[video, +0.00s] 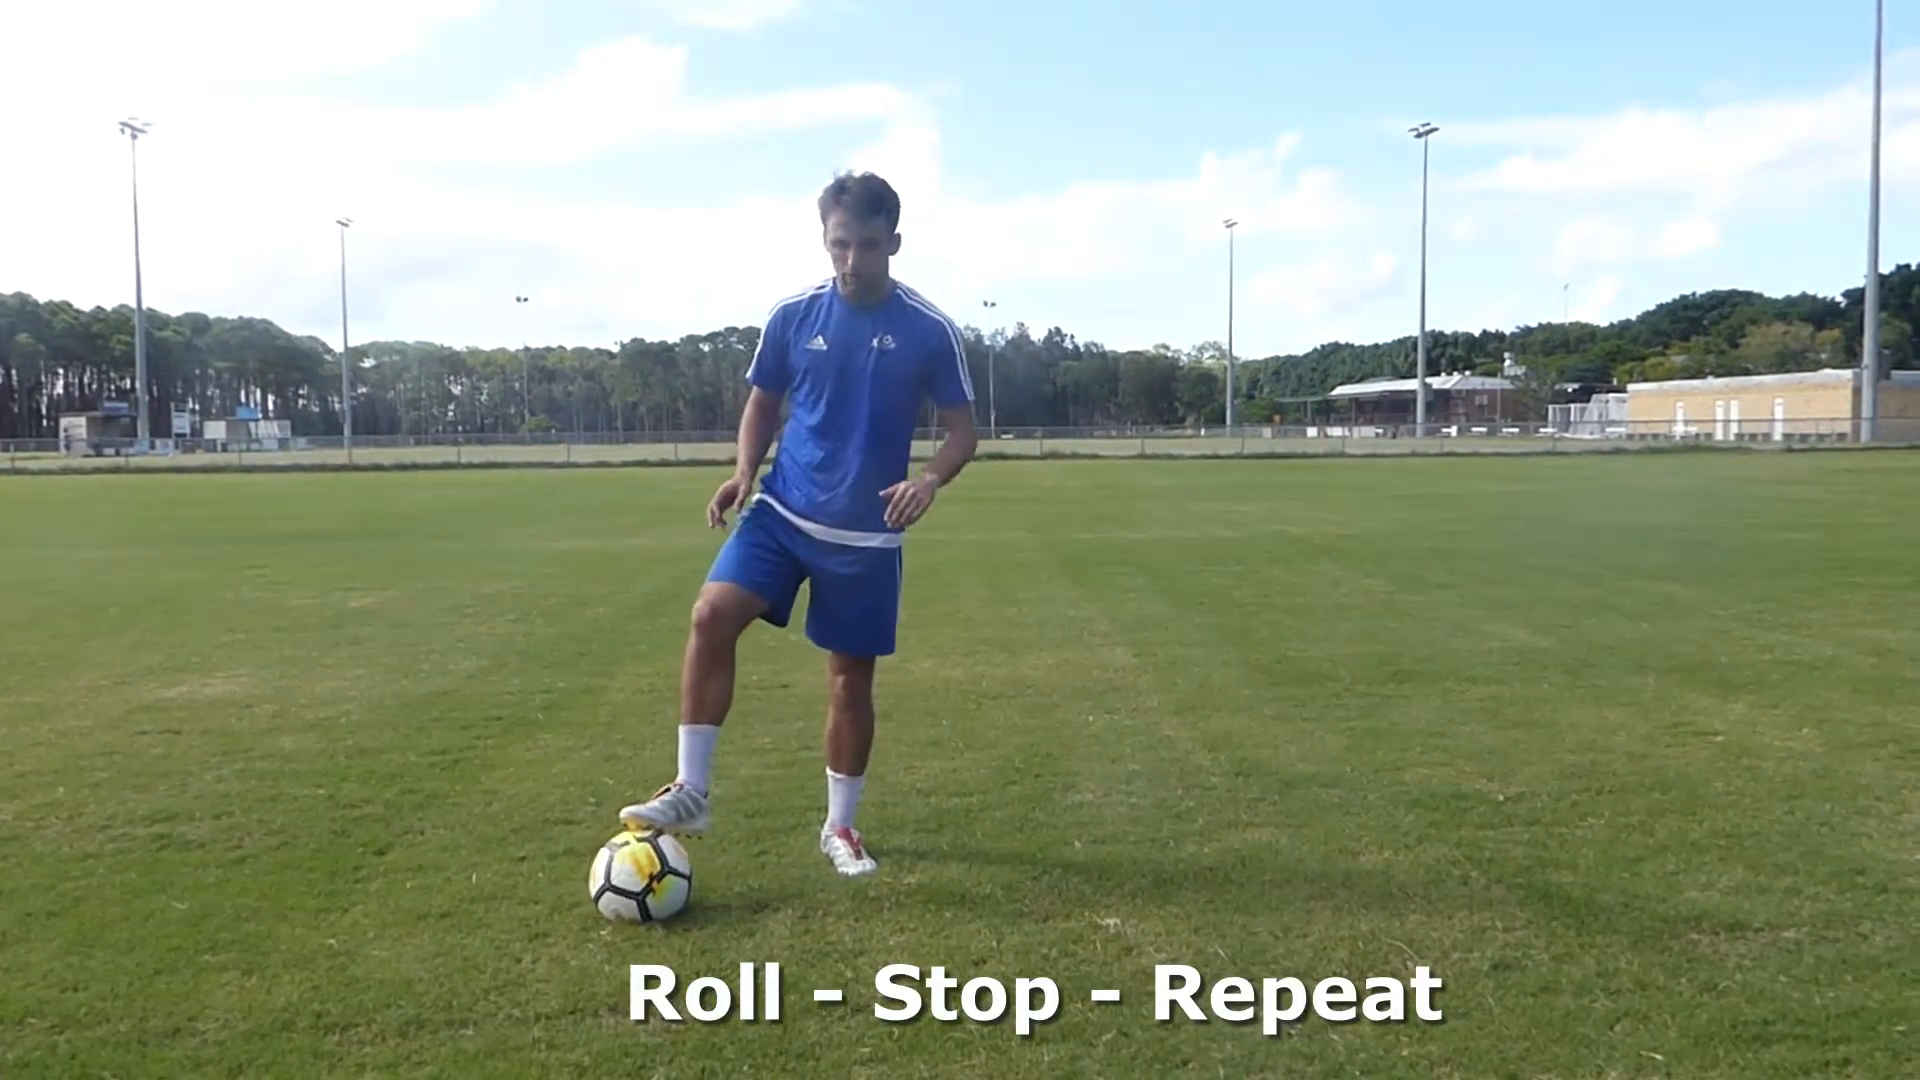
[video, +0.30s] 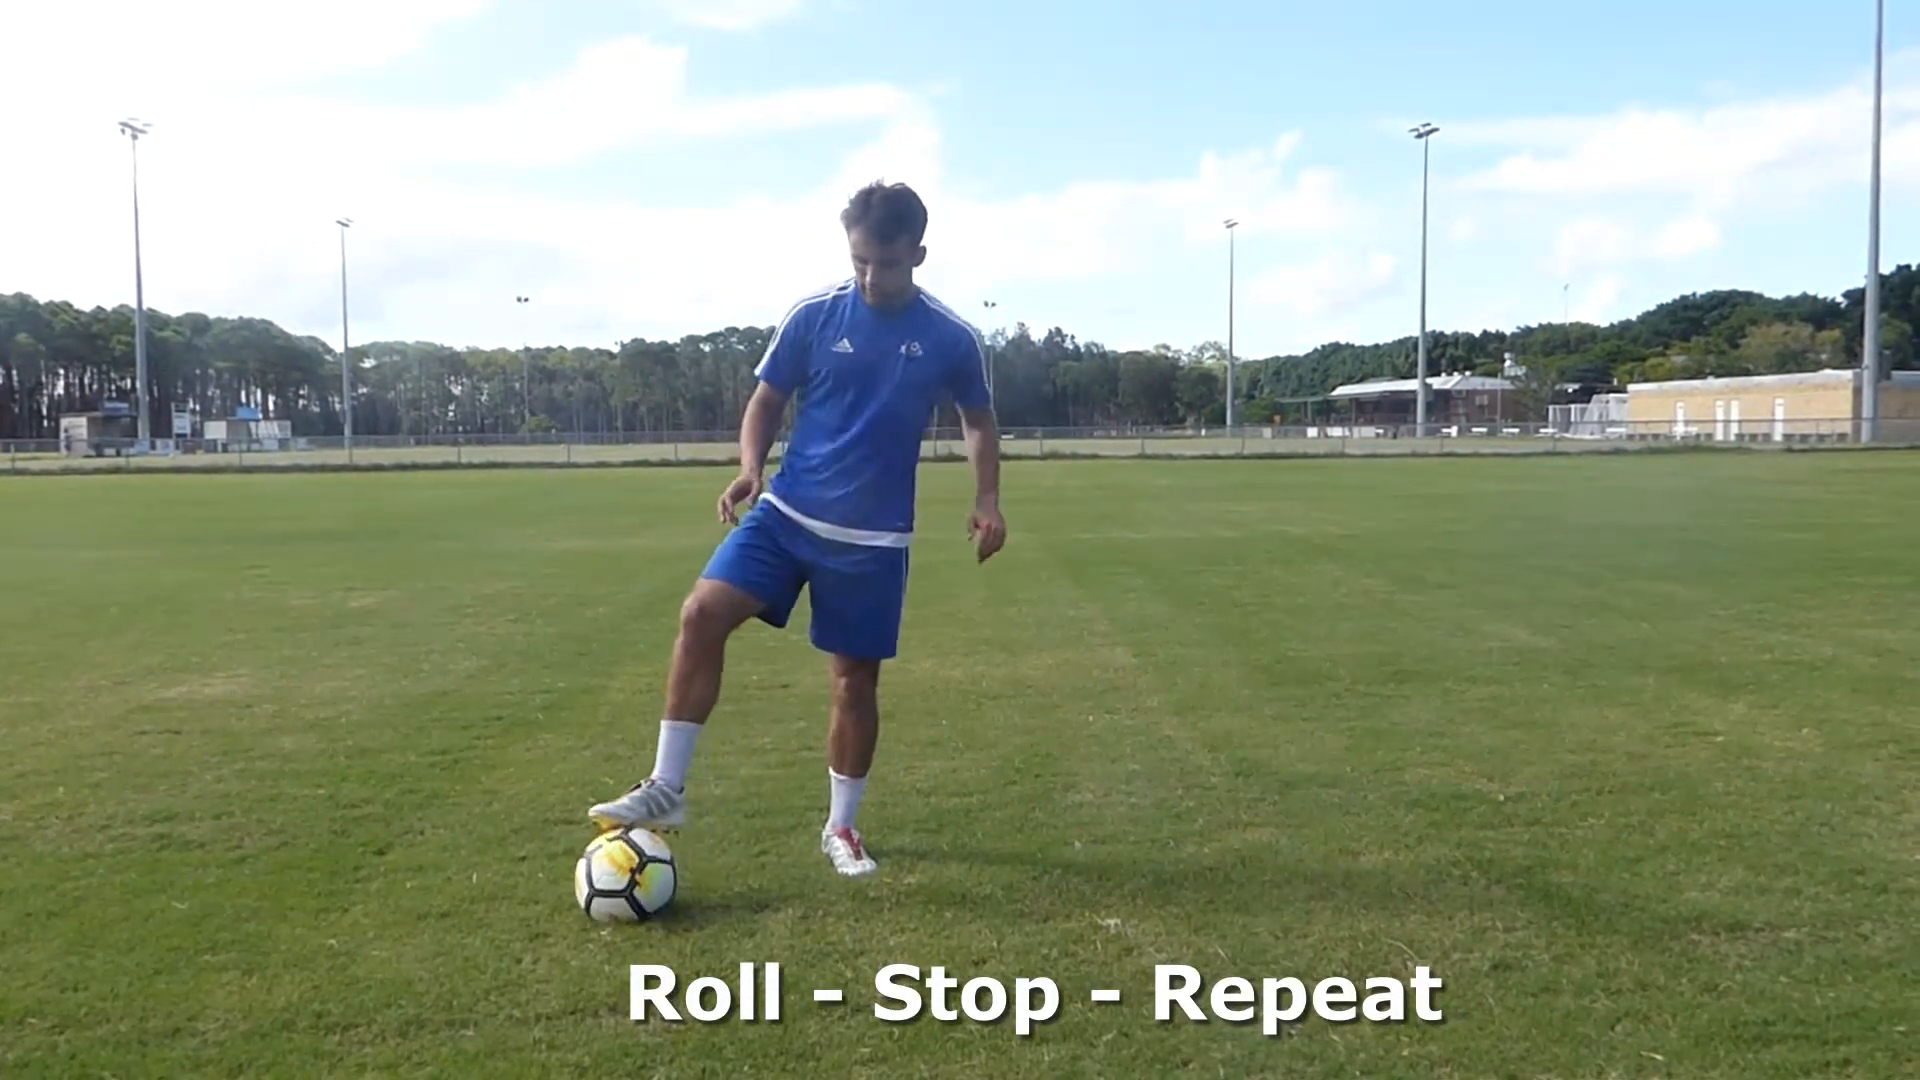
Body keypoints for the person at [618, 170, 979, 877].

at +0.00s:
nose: (849, 262)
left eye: (863, 247)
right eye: (837, 247)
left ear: (893, 240)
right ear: (823, 240)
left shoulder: (931, 333)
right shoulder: (794, 316)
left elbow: (962, 431)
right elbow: (763, 402)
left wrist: (931, 479)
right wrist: (744, 471)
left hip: (864, 538)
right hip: (781, 515)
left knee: (851, 687)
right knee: (712, 615)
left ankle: (839, 831)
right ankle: (690, 793)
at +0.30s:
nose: (869, 278)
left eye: (885, 264)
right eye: (859, 261)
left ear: (918, 253)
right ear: (848, 247)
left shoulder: (951, 341)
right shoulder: (814, 316)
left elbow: (979, 424)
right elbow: (764, 400)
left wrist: (987, 500)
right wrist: (752, 466)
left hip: (871, 539)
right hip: (786, 514)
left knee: (855, 688)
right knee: (702, 613)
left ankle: (842, 830)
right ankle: (666, 789)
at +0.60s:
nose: (888, 284)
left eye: (903, 270)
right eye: (877, 268)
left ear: (934, 258)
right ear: (863, 252)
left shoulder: (964, 333)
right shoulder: (830, 321)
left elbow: (980, 409)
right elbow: (774, 412)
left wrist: (997, 479)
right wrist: (776, 483)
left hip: (907, 537)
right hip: (823, 517)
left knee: (873, 689)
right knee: (771, 630)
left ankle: (843, 829)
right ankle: (729, 803)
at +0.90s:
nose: (896, 288)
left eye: (910, 273)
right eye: (885, 273)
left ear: (944, 257)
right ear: (873, 262)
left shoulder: (994, 330)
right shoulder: (848, 344)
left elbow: (1048, 404)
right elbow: (817, 428)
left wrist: (1060, 476)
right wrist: (834, 511)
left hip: (972, 547)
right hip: (892, 548)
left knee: (937, 699)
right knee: (945, 692)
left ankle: (859, 824)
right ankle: (989, 840)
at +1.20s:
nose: (947, 277)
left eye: (960, 262)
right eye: (932, 262)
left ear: (982, 247)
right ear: (910, 248)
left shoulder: (1025, 314)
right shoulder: (880, 336)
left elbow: (1064, 391)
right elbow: (848, 438)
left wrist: (1095, 461)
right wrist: (894, 507)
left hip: (1031, 532)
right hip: (944, 551)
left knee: (1079, 655)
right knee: (976, 698)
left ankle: (1049, 745)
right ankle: (998, 847)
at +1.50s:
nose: (964, 278)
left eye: (976, 261)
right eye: (948, 264)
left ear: (996, 246)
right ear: (924, 250)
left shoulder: (1038, 311)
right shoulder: (901, 345)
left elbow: (1077, 390)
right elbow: (880, 452)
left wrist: (1106, 465)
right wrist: (934, 514)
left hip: (1058, 523)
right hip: (973, 545)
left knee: (1098, 644)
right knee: (990, 697)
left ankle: (1153, 818)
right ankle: (1003, 847)